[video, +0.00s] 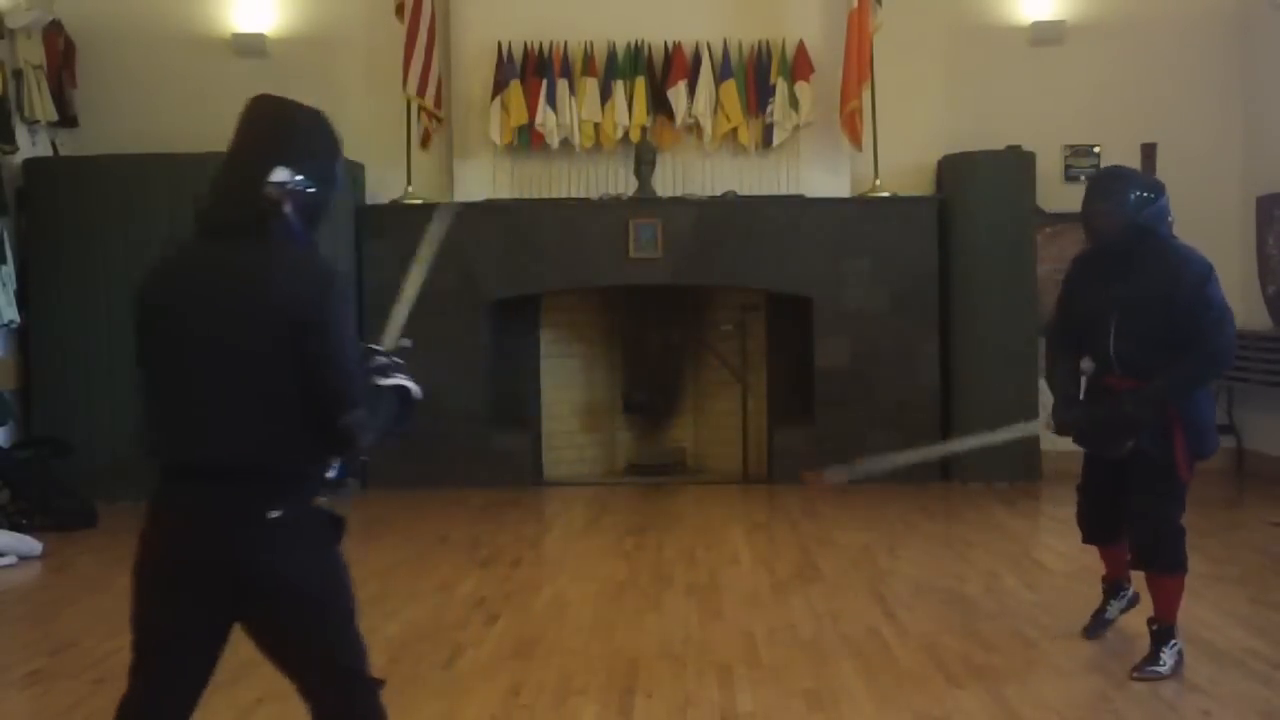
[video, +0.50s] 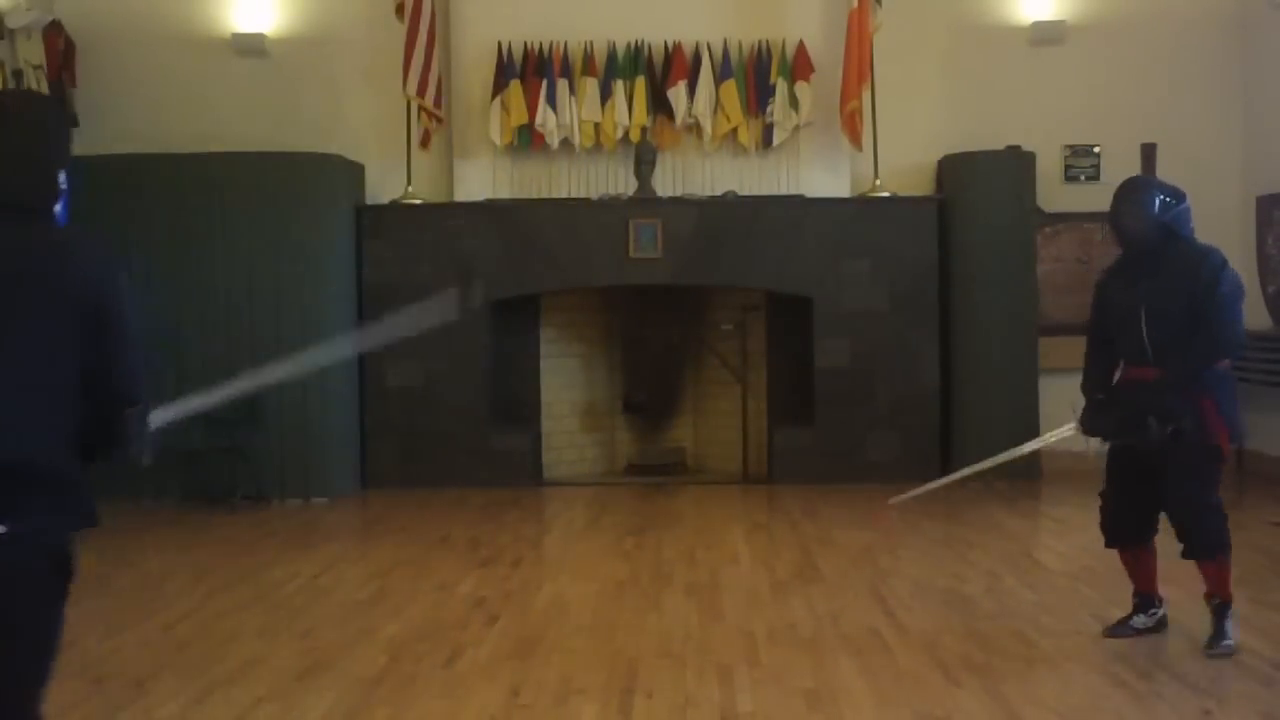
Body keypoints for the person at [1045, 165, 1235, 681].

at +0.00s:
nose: (1095, 226)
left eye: (1106, 216)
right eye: (1091, 216)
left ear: (1138, 214)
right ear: (1090, 216)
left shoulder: (1182, 268)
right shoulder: (1088, 266)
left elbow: (1217, 349)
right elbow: (1062, 337)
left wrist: (1151, 401)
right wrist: (1067, 397)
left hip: (1166, 413)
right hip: (1106, 410)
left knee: (1155, 522)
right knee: (1099, 508)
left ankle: (1165, 637)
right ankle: (1118, 589)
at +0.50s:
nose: (1124, 230)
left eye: (1133, 219)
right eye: (1119, 220)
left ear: (1161, 216)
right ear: (1116, 224)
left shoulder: (1205, 267)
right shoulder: (1115, 279)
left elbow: (1223, 345)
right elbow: (1099, 350)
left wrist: (1170, 397)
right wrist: (1097, 402)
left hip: (1195, 415)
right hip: (1134, 415)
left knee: (1198, 512)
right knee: (1125, 512)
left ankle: (1221, 613)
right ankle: (1147, 607)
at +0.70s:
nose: (1145, 230)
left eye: (1152, 219)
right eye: (1144, 221)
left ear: (1180, 217)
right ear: (1153, 224)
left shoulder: (1230, 266)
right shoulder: (1152, 280)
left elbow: (1237, 343)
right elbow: (1137, 346)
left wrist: (1179, 380)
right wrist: (1123, 392)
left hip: (1230, 404)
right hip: (1171, 405)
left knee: (1241, 500)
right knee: (1147, 502)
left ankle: (1279, 577)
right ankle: (1149, 605)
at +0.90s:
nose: (1191, 229)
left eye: (1200, 219)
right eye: (1190, 219)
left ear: (1224, 219)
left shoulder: (1261, 272)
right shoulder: (1198, 276)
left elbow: (1261, 347)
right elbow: (1183, 345)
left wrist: (1206, 396)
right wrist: (1171, 393)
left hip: (1259, 420)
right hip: (1208, 417)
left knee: (1272, 519)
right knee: (1189, 507)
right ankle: (1166, 595)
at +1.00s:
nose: (1208, 225)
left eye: (1215, 215)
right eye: (1206, 215)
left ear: (1239, 214)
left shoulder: (1263, 265)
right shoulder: (1213, 269)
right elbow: (1196, 339)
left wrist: (1195, 398)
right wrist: (1191, 391)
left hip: (1262, 411)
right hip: (1222, 408)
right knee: (1206, 495)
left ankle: (1199, 589)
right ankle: (1198, 590)